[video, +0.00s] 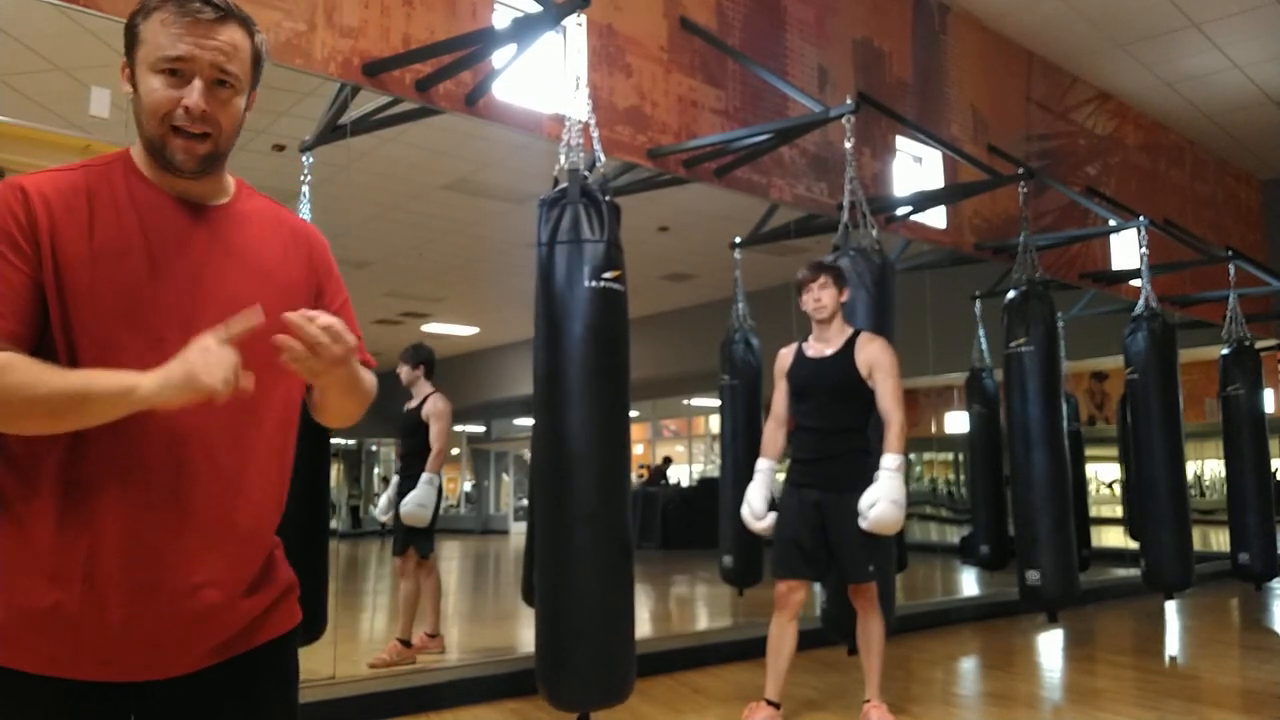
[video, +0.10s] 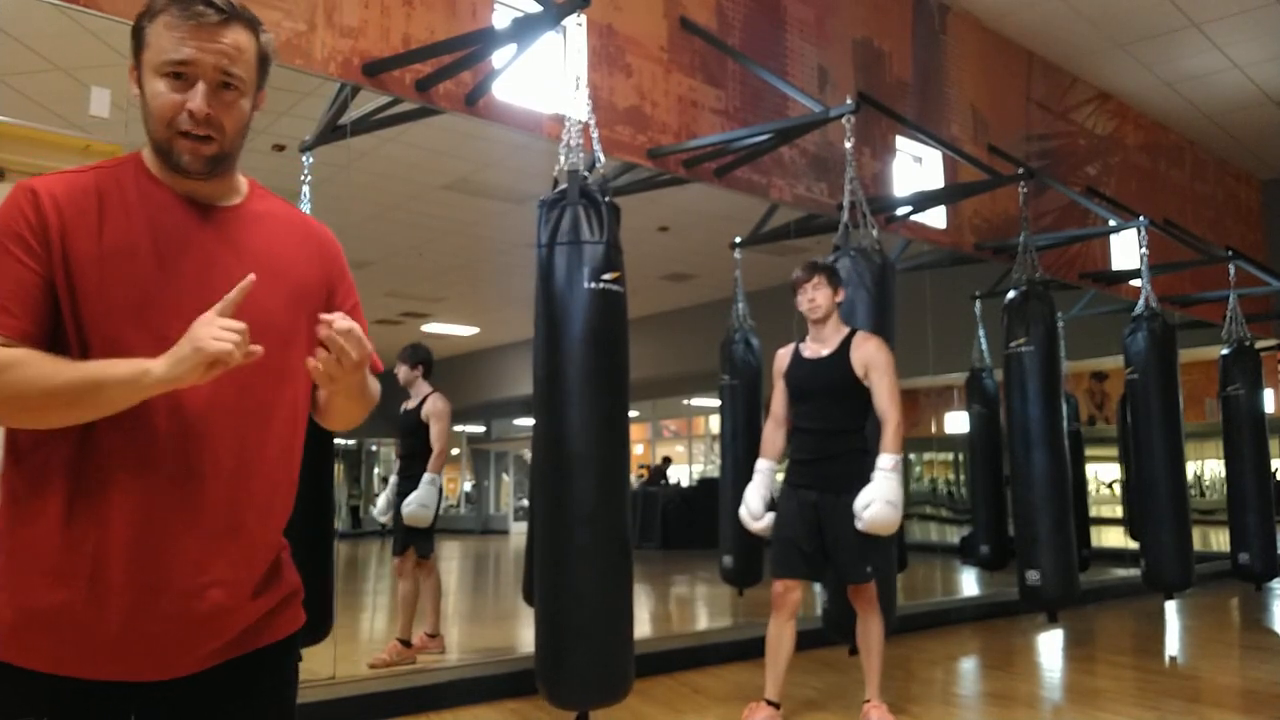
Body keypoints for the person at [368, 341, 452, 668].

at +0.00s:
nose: (398, 372)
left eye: (402, 366)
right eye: (399, 367)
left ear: (419, 369)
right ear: (415, 370)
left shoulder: (437, 402)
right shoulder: (411, 403)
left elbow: (439, 449)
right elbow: (406, 454)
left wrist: (425, 489)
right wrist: (391, 491)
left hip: (421, 484)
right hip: (407, 482)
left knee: (405, 564)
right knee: (424, 563)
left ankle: (403, 641)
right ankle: (432, 634)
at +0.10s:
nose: (396, 371)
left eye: (400, 366)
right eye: (396, 366)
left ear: (418, 369)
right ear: (413, 370)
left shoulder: (436, 402)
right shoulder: (408, 404)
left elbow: (440, 450)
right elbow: (404, 454)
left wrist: (426, 489)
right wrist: (390, 491)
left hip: (420, 484)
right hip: (405, 483)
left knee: (403, 565)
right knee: (424, 563)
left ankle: (403, 642)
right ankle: (432, 634)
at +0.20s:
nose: (393, 371)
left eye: (398, 366)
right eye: (394, 366)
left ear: (415, 368)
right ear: (410, 369)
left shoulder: (434, 402)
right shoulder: (405, 404)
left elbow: (439, 450)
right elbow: (403, 455)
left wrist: (426, 490)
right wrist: (388, 491)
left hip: (420, 485)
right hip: (404, 483)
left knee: (404, 564)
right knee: (424, 563)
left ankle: (403, 641)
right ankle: (432, 634)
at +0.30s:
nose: (391, 373)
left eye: (396, 367)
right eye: (391, 367)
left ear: (412, 369)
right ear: (407, 370)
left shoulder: (432, 402)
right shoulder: (400, 404)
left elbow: (438, 449)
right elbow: (398, 454)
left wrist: (426, 489)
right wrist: (385, 492)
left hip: (418, 484)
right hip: (401, 484)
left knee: (402, 564)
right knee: (423, 563)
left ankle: (403, 642)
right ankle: (432, 634)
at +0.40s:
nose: (391, 369)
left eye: (396, 362)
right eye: (391, 363)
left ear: (409, 366)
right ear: (398, 368)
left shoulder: (427, 401)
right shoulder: (398, 402)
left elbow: (436, 448)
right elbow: (397, 453)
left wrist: (425, 489)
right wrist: (383, 489)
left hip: (415, 484)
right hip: (399, 483)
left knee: (400, 565)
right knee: (418, 564)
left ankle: (402, 642)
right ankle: (431, 634)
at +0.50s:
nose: (393, 377)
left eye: (396, 370)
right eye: (391, 372)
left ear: (407, 370)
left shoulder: (425, 399)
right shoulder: (399, 403)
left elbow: (432, 450)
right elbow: (396, 457)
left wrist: (421, 488)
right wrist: (380, 490)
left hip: (412, 486)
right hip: (396, 485)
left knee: (400, 563)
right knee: (412, 564)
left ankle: (402, 642)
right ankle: (430, 632)